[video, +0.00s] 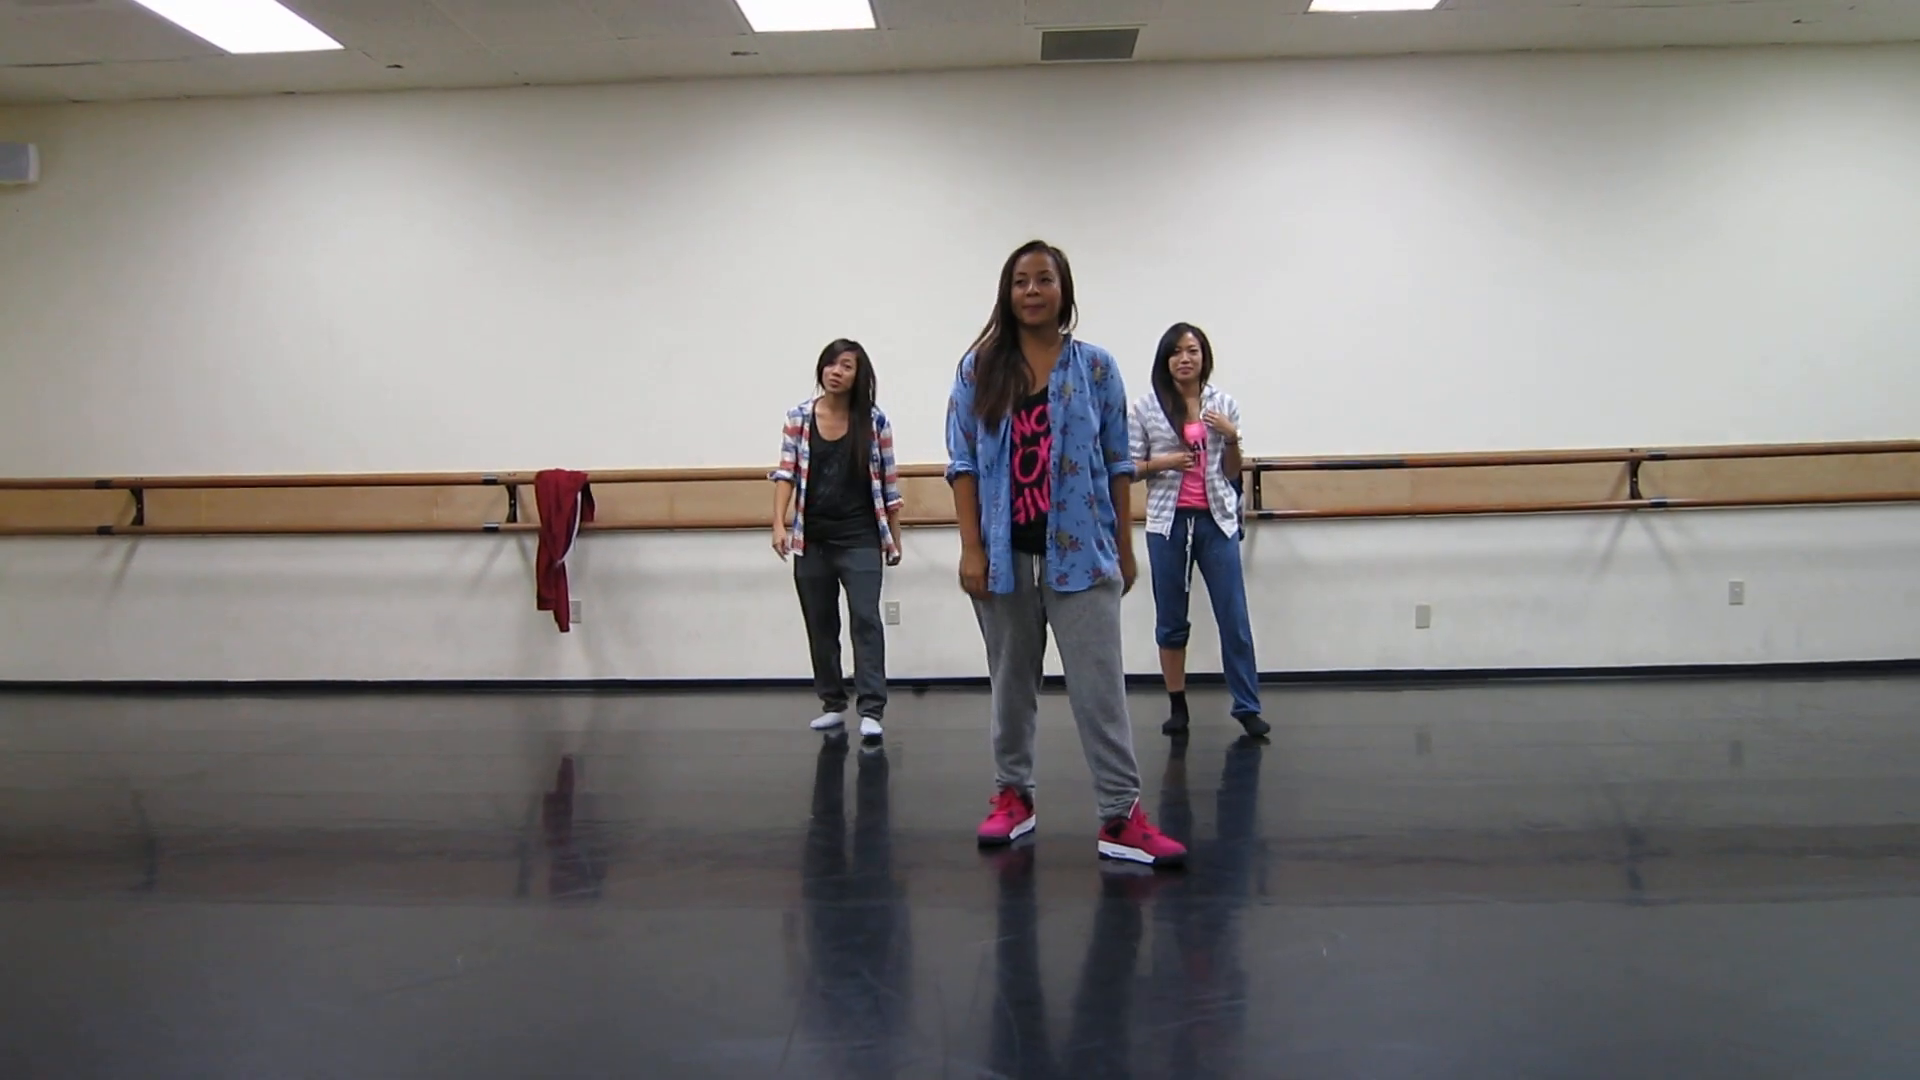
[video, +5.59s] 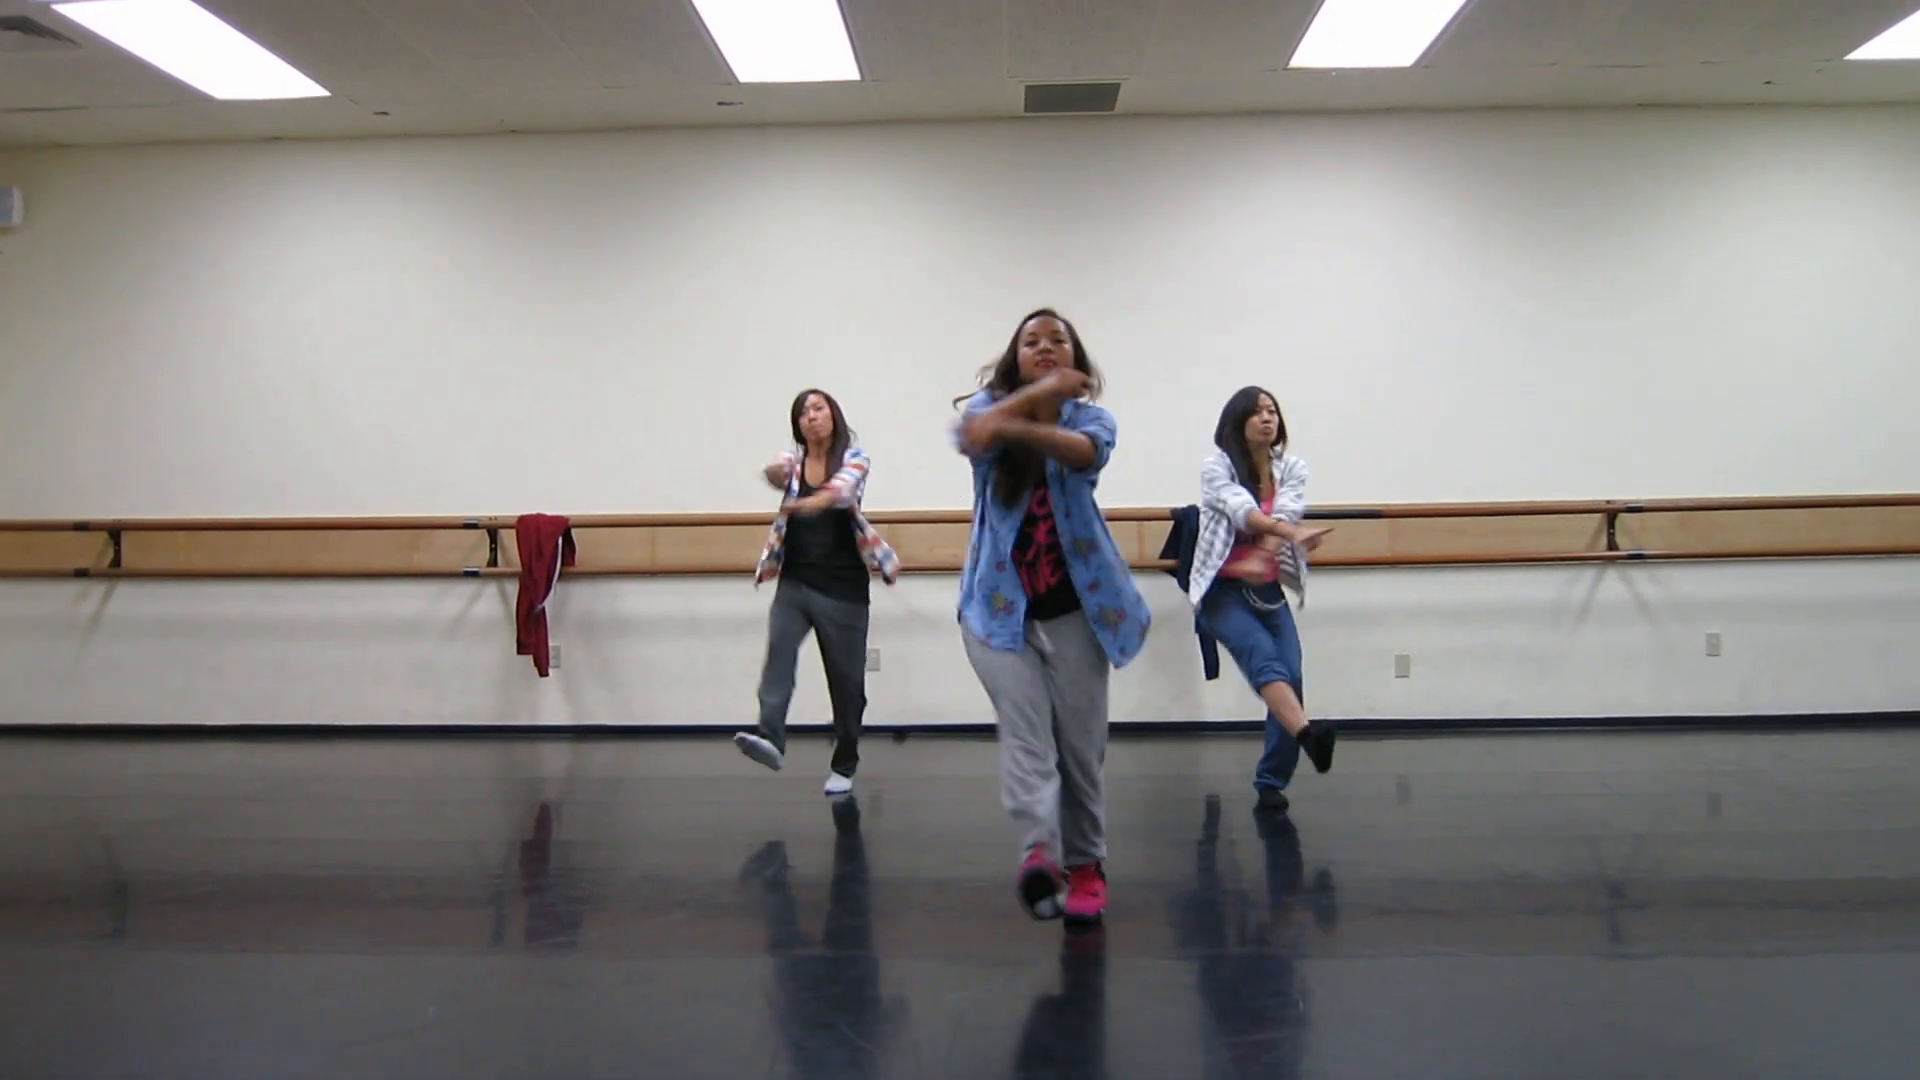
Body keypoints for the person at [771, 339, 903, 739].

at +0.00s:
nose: (837, 371)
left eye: (847, 366)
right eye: (832, 363)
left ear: (859, 376)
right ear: (821, 369)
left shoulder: (875, 420)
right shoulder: (800, 417)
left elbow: (889, 480)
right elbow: (786, 474)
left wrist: (894, 533)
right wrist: (779, 522)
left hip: (862, 541)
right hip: (812, 543)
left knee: (866, 622)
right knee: (821, 628)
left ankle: (871, 711)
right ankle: (832, 706)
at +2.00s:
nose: (859, 389)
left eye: (866, 383)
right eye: (852, 386)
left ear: (882, 390)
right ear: (846, 398)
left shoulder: (906, 438)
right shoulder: (833, 440)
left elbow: (918, 503)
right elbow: (823, 498)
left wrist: (911, 554)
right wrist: (815, 551)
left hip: (885, 565)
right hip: (838, 560)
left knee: (883, 651)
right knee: (815, 632)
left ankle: (878, 729)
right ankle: (815, 709)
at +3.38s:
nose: (807, 406)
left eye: (814, 400)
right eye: (800, 401)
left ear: (828, 407)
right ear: (792, 410)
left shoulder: (848, 451)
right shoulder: (777, 454)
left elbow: (857, 509)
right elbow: (766, 510)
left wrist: (849, 558)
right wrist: (764, 560)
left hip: (836, 570)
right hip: (788, 570)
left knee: (845, 647)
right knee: (794, 653)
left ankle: (850, 707)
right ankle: (805, 733)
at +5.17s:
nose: (827, 411)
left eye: (835, 406)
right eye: (820, 406)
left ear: (848, 418)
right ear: (810, 416)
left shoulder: (866, 462)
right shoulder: (792, 462)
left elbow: (894, 515)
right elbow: (765, 505)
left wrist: (887, 549)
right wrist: (766, 541)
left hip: (851, 588)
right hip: (802, 590)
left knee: (850, 669)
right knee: (813, 674)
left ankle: (850, 760)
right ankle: (829, 750)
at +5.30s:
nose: (823, 416)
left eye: (830, 409)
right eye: (816, 411)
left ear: (845, 419)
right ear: (806, 424)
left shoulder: (866, 463)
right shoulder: (795, 465)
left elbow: (902, 496)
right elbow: (765, 505)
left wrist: (909, 479)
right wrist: (756, 464)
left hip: (854, 589)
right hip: (803, 590)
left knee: (850, 673)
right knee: (806, 679)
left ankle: (847, 766)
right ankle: (832, 721)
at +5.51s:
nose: (818, 422)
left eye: (824, 414)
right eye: (810, 419)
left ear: (840, 422)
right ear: (803, 433)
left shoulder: (861, 469)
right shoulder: (791, 471)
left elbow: (894, 503)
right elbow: (746, 479)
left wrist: (909, 484)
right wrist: (698, 475)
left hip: (850, 596)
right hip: (800, 593)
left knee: (849, 681)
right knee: (798, 670)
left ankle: (846, 768)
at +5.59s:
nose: (813, 415)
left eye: (820, 408)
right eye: (805, 412)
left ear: (835, 415)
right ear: (798, 425)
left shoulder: (855, 459)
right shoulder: (793, 461)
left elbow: (839, 492)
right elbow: (775, 473)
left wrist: (802, 505)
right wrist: (778, 475)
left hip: (843, 590)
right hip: (795, 585)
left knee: (847, 684)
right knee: (779, 654)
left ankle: (844, 766)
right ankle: (770, 737)